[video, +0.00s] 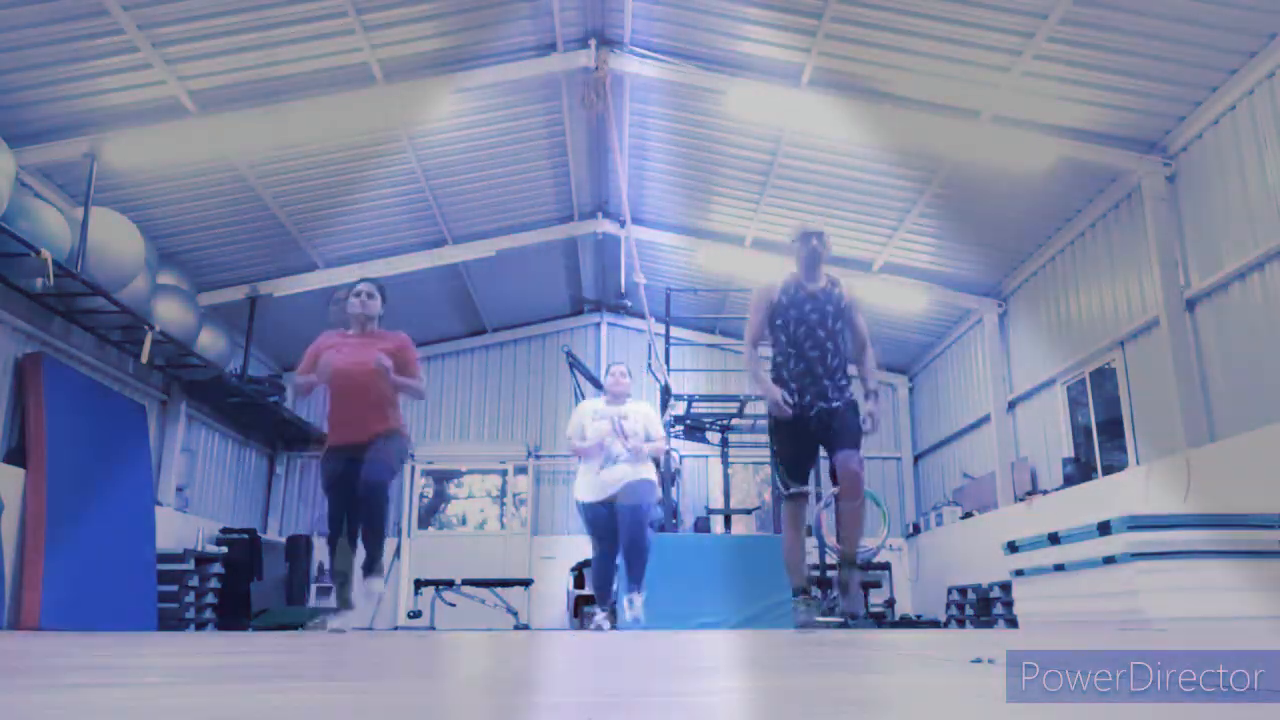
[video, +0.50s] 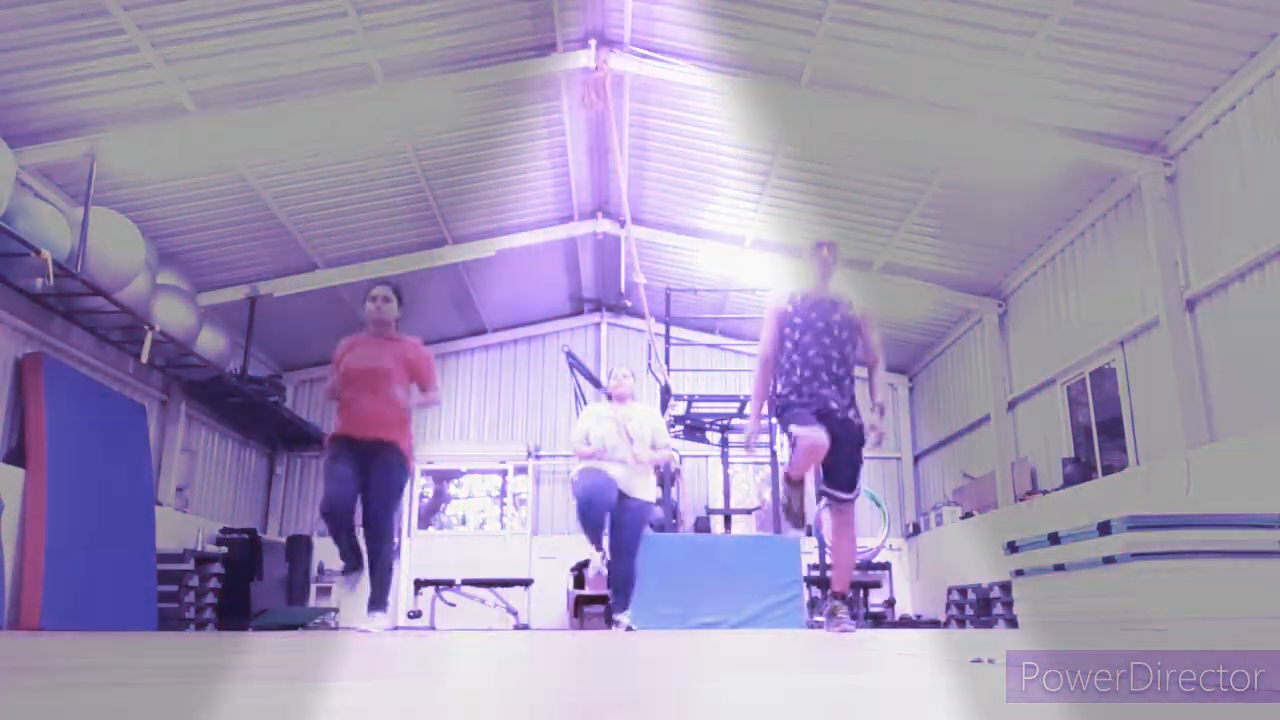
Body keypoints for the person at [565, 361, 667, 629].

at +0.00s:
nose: (618, 379)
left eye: (624, 375)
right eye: (613, 375)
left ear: (631, 383)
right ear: (604, 382)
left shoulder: (644, 410)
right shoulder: (586, 408)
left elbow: (662, 445)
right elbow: (572, 446)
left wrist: (642, 448)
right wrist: (595, 443)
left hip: (635, 481)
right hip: (594, 484)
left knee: (634, 538)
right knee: (604, 548)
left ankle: (635, 594)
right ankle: (602, 609)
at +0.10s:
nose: (618, 389)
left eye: (624, 385)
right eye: (614, 385)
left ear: (632, 392)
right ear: (606, 392)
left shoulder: (645, 422)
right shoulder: (589, 418)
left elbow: (661, 461)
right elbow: (574, 455)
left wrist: (646, 462)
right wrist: (593, 458)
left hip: (634, 499)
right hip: (594, 501)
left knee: (627, 555)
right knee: (600, 558)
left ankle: (628, 613)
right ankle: (600, 612)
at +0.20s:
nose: (619, 401)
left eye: (625, 397)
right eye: (615, 396)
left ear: (633, 404)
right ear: (607, 402)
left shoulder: (645, 435)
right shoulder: (591, 431)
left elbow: (661, 472)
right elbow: (577, 467)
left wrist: (654, 469)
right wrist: (594, 469)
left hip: (633, 506)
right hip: (593, 509)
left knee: (625, 557)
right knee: (599, 561)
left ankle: (626, 613)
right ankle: (600, 614)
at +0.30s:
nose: (621, 385)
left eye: (626, 381)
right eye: (616, 381)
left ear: (635, 388)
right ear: (608, 388)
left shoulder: (649, 418)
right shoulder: (592, 414)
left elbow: (665, 454)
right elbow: (577, 448)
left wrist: (643, 452)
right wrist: (596, 452)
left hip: (637, 496)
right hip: (594, 497)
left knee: (629, 553)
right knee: (595, 555)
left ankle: (627, 611)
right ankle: (597, 602)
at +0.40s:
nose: (619, 378)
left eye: (624, 373)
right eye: (615, 373)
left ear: (634, 378)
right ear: (609, 379)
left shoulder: (650, 407)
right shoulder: (593, 404)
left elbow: (666, 445)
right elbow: (577, 441)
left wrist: (645, 447)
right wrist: (595, 443)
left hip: (637, 483)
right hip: (596, 479)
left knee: (629, 549)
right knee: (590, 519)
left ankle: (628, 607)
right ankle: (596, 565)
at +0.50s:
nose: (619, 381)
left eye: (625, 377)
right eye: (614, 377)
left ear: (634, 384)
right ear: (607, 385)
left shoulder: (650, 414)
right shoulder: (593, 412)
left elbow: (667, 453)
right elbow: (577, 447)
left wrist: (646, 457)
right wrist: (593, 451)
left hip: (636, 484)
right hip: (599, 472)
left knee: (625, 551)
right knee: (595, 496)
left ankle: (620, 611)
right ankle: (596, 548)